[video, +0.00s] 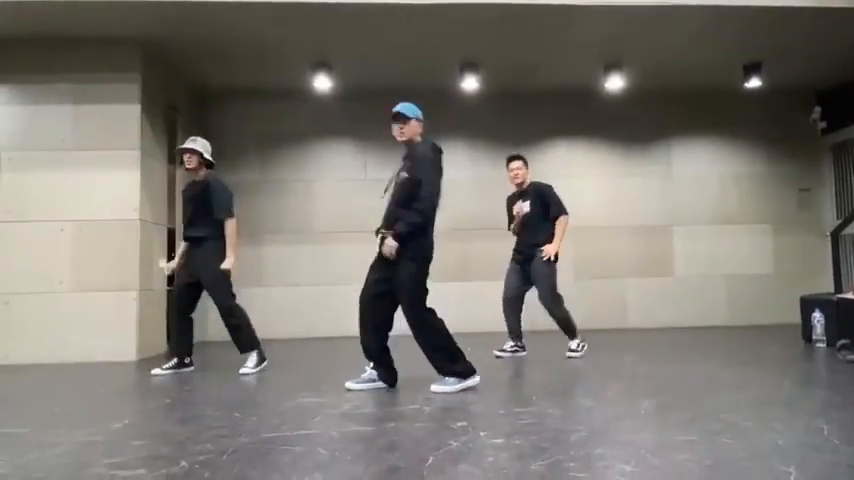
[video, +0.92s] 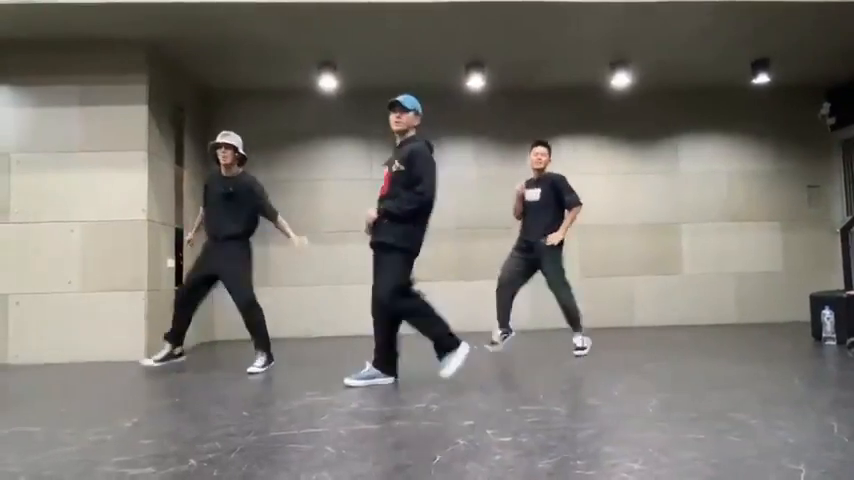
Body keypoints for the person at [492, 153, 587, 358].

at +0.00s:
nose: (516, 173)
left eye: (519, 168)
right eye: (512, 170)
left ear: (527, 171)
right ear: (508, 174)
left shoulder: (542, 190)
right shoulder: (512, 200)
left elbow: (563, 217)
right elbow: (514, 230)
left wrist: (555, 245)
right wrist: (518, 219)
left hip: (542, 253)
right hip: (520, 256)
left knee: (548, 297)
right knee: (510, 298)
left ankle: (574, 339)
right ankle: (516, 342)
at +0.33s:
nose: (541, 163)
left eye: (545, 160)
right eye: (537, 160)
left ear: (551, 164)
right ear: (532, 164)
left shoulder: (566, 185)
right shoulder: (530, 191)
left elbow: (587, 210)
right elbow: (529, 223)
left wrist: (581, 238)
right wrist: (537, 211)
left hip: (567, 248)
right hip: (542, 250)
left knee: (570, 292)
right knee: (533, 293)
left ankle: (580, 340)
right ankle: (525, 337)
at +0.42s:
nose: (544, 161)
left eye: (548, 158)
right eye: (541, 157)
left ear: (555, 162)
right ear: (536, 162)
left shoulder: (568, 182)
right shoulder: (533, 190)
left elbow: (588, 208)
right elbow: (532, 221)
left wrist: (581, 236)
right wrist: (539, 206)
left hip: (568, 246)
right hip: (544, 247)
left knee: (574, 292)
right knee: (529, 286)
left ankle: (580, 340)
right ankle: (543, 322)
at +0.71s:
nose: (547, 166)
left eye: (551, 163)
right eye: (543, 162)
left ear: (557, 167)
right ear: (538, 166)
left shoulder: (569, 190)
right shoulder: (536, 195)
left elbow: (590, 217)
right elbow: (536, 227)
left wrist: (578, 244)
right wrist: (538, 214)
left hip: (565, 250)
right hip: (543, 250)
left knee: (565, 294)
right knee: (528, 290)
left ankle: (581, 341)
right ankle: (520, 336)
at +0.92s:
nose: (539, 158)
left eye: (543, 155)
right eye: (535, 154)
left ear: (548, 159)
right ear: (530, 158)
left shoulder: (556, 181)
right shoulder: (526, 186)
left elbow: (575, 206)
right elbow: (518, 215)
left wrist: (560, 233)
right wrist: (519, 196)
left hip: (548, 245)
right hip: (525, 245)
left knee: (559, 286)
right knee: (505, 283)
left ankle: (578, 334)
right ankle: (504, 330)